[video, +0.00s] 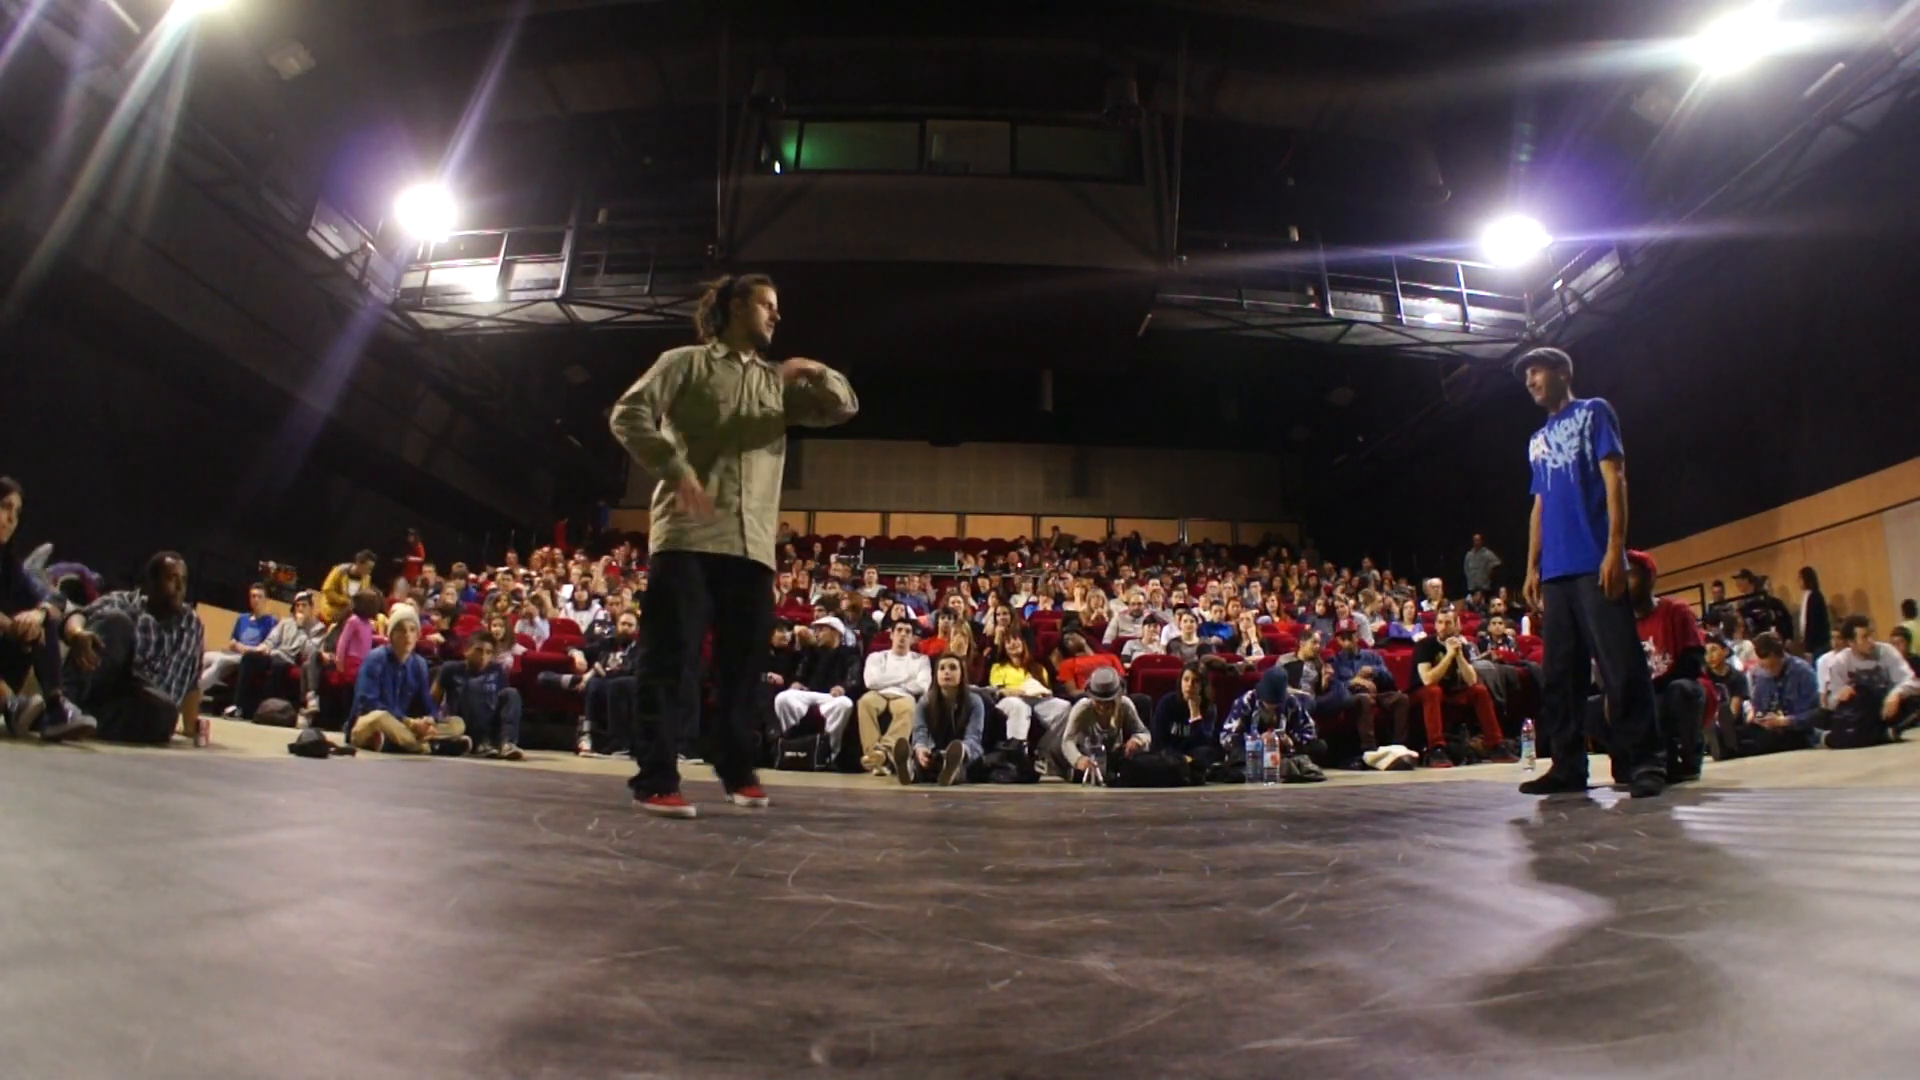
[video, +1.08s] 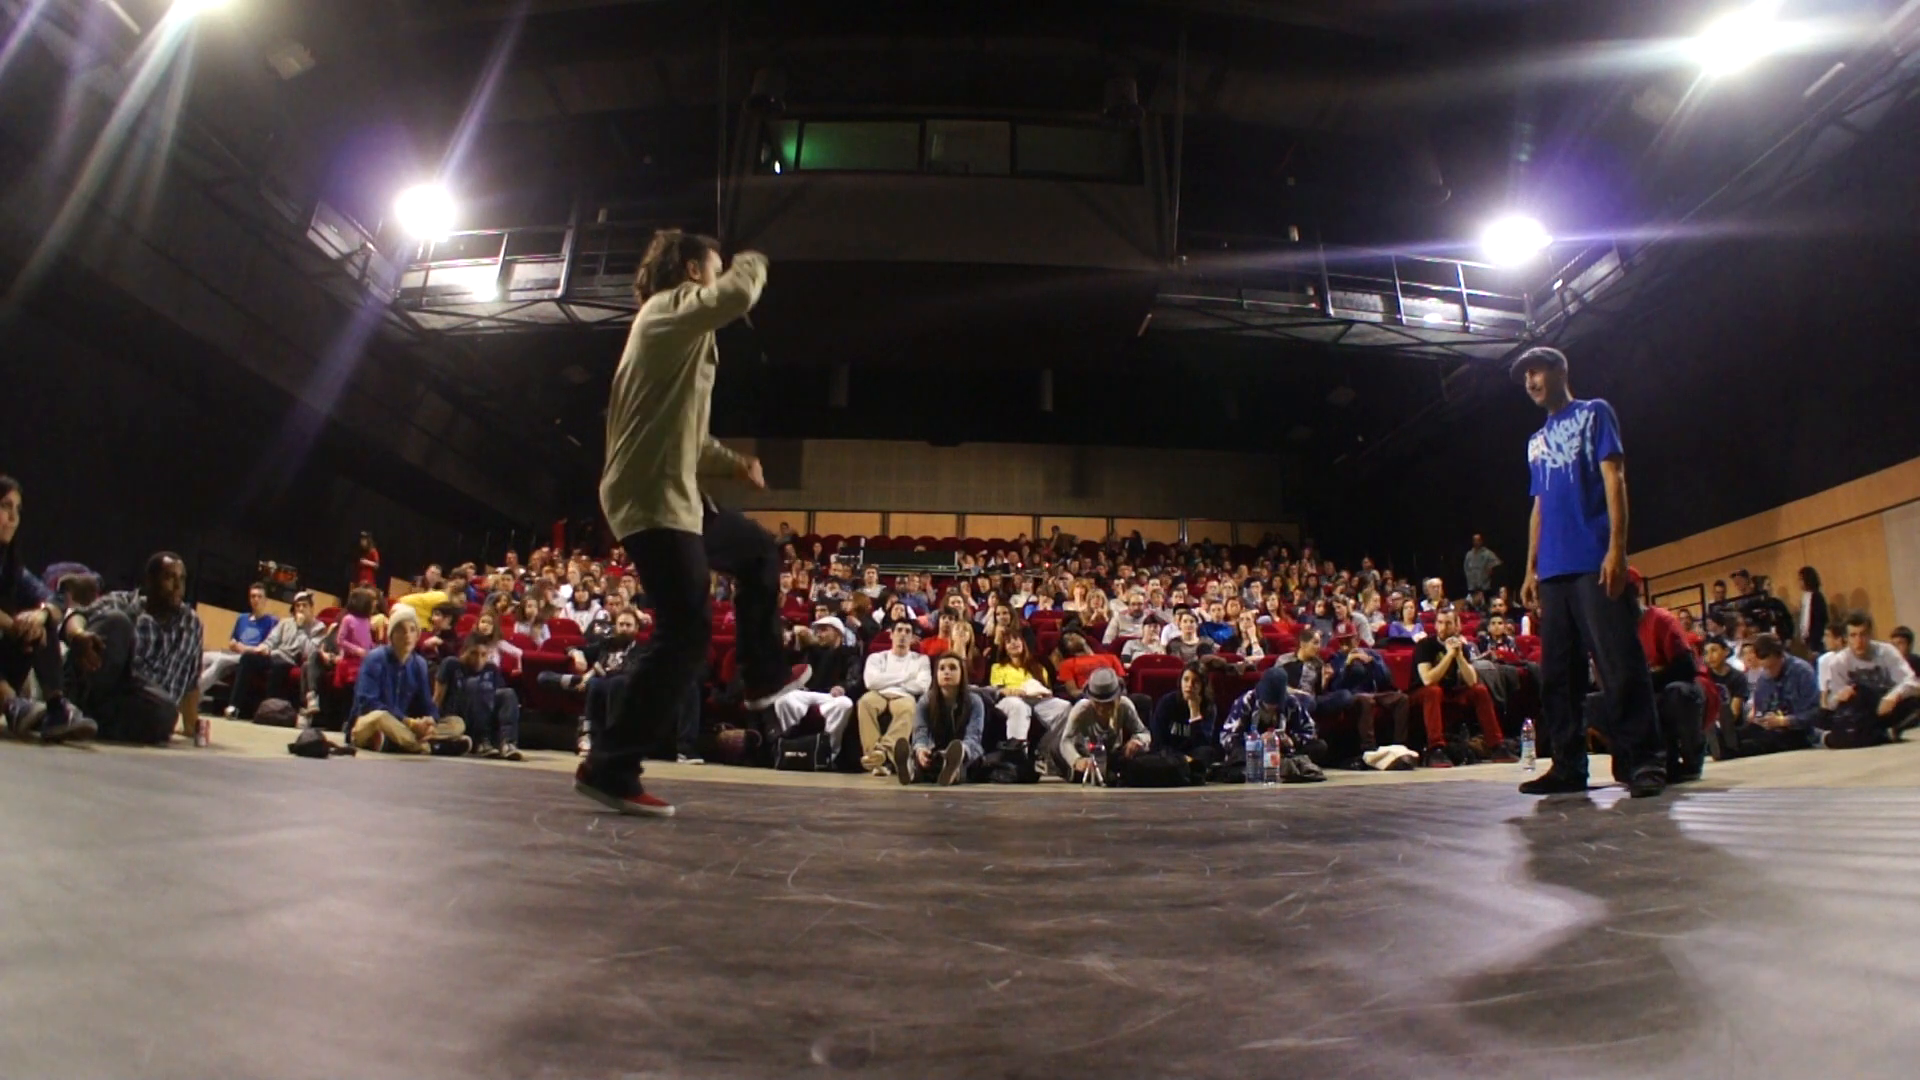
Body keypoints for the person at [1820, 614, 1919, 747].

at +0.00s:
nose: (1870, 641)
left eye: (1870, 635)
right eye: (1864, 637)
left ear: (1873, 634)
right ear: (1851, 643)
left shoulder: (1887, 652)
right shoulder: (1840, 662)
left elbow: (1910, 680)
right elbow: (1830, 703)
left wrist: (1895, 694)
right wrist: (1839, 696)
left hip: (1885, 703)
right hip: (1856, 706)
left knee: (1914, 703)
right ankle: (1884, 734)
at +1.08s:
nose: (1858, 641)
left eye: (1863, 635)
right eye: (1853, 636)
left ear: (1870, 634)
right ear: (1847, 638)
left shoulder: (1887, 652)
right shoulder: (1838, 662)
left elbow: (1911, 680)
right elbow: (1830, 702)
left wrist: (1893, 696)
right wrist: (1838, 697)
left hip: (1887, 705)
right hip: (1858, 707)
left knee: (1913, 703)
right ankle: (1884, 734)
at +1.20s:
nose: (1857, 641)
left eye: (1862, 635)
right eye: (1852, 635)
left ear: (1869, 634)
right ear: (1846, 638)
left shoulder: (1887, 652)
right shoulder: (1838, 662)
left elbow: (1911, 680)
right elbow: (1830, 703)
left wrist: (1892, 697)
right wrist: (1839, 697)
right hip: (1858, 707)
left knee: (1913, 702)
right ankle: (1883, 734)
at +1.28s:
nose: (1857, 641)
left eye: (1862, 635)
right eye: (1852, 635)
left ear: (1869, 634)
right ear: (1846, 638)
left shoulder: (1887, 652)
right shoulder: (1838, 662)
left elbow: (1911, 680)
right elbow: (1830, 703)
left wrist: (1892, 697)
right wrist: (1839, 696)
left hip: (1886, 704)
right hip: (1857, 706)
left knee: (1913, 703)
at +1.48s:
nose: (1856, 642)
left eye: (1861, 635)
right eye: (1851, 637)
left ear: (1870, 635)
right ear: (1846, 638)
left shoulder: (1886, 652)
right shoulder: (1840, 661)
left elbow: (1911, 680)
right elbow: (1830, 703)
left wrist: (1892, 696)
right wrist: (1838, 697)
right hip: (1858, 705)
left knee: (1913, 703)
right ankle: (1885, 734)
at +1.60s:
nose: (1856, 642)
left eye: (1862, 635)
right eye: (1851, 637)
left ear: (1870, 634)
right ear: (1846, 638)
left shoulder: (1887, 652)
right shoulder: (1839, 661)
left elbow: (1910, 680)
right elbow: (1830, 703)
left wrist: (1893, 696)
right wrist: (1839, 697)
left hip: (1885, 704)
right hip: (1856, 706)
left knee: (1913, 703)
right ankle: (1885, 734)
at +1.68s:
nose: (1857, 642)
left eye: (1862, 636)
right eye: (1851, 637)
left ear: (1869, 635)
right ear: (1845, 639)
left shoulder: (1887, 652)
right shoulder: (1838, 660)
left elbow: (1911, 680)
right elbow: (1830, 703)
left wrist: (1894, 695)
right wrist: (1839, 697)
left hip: (1885, 704)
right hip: (1856, 705)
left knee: (1913, 704)